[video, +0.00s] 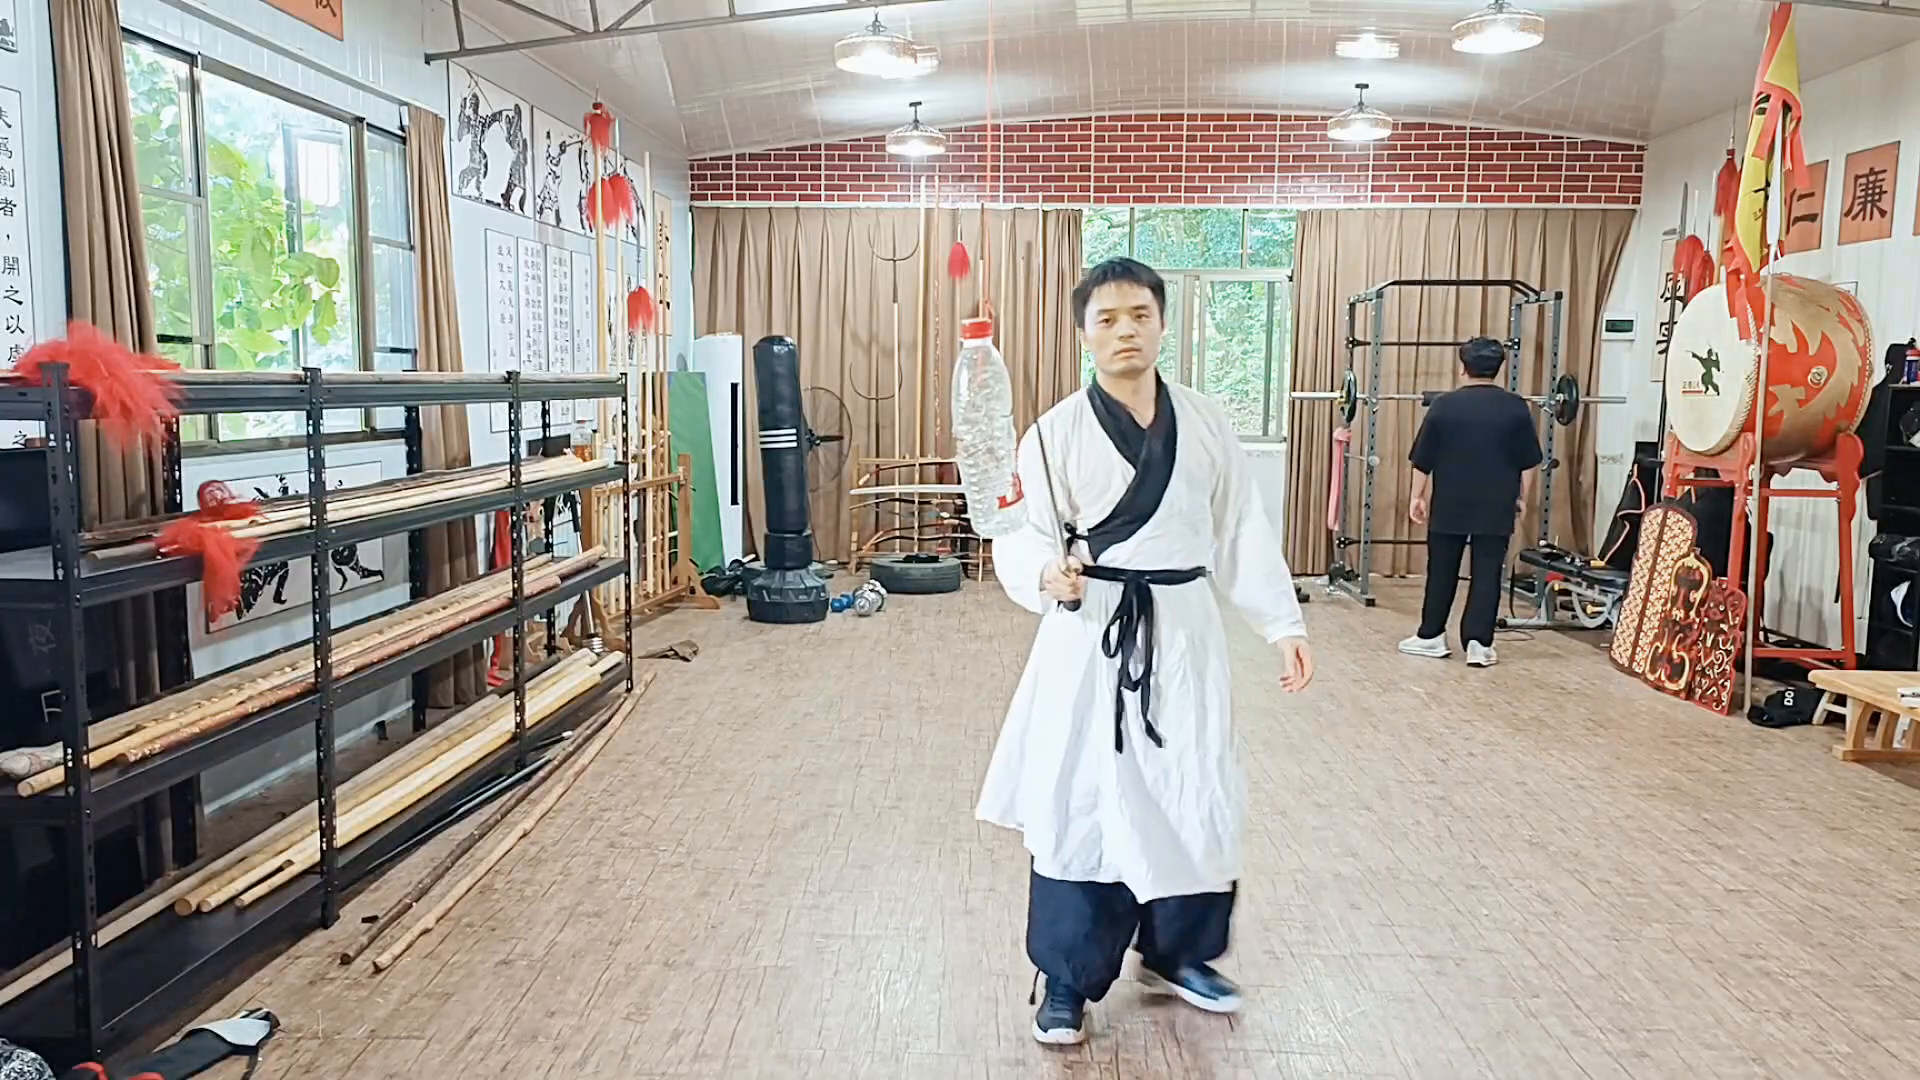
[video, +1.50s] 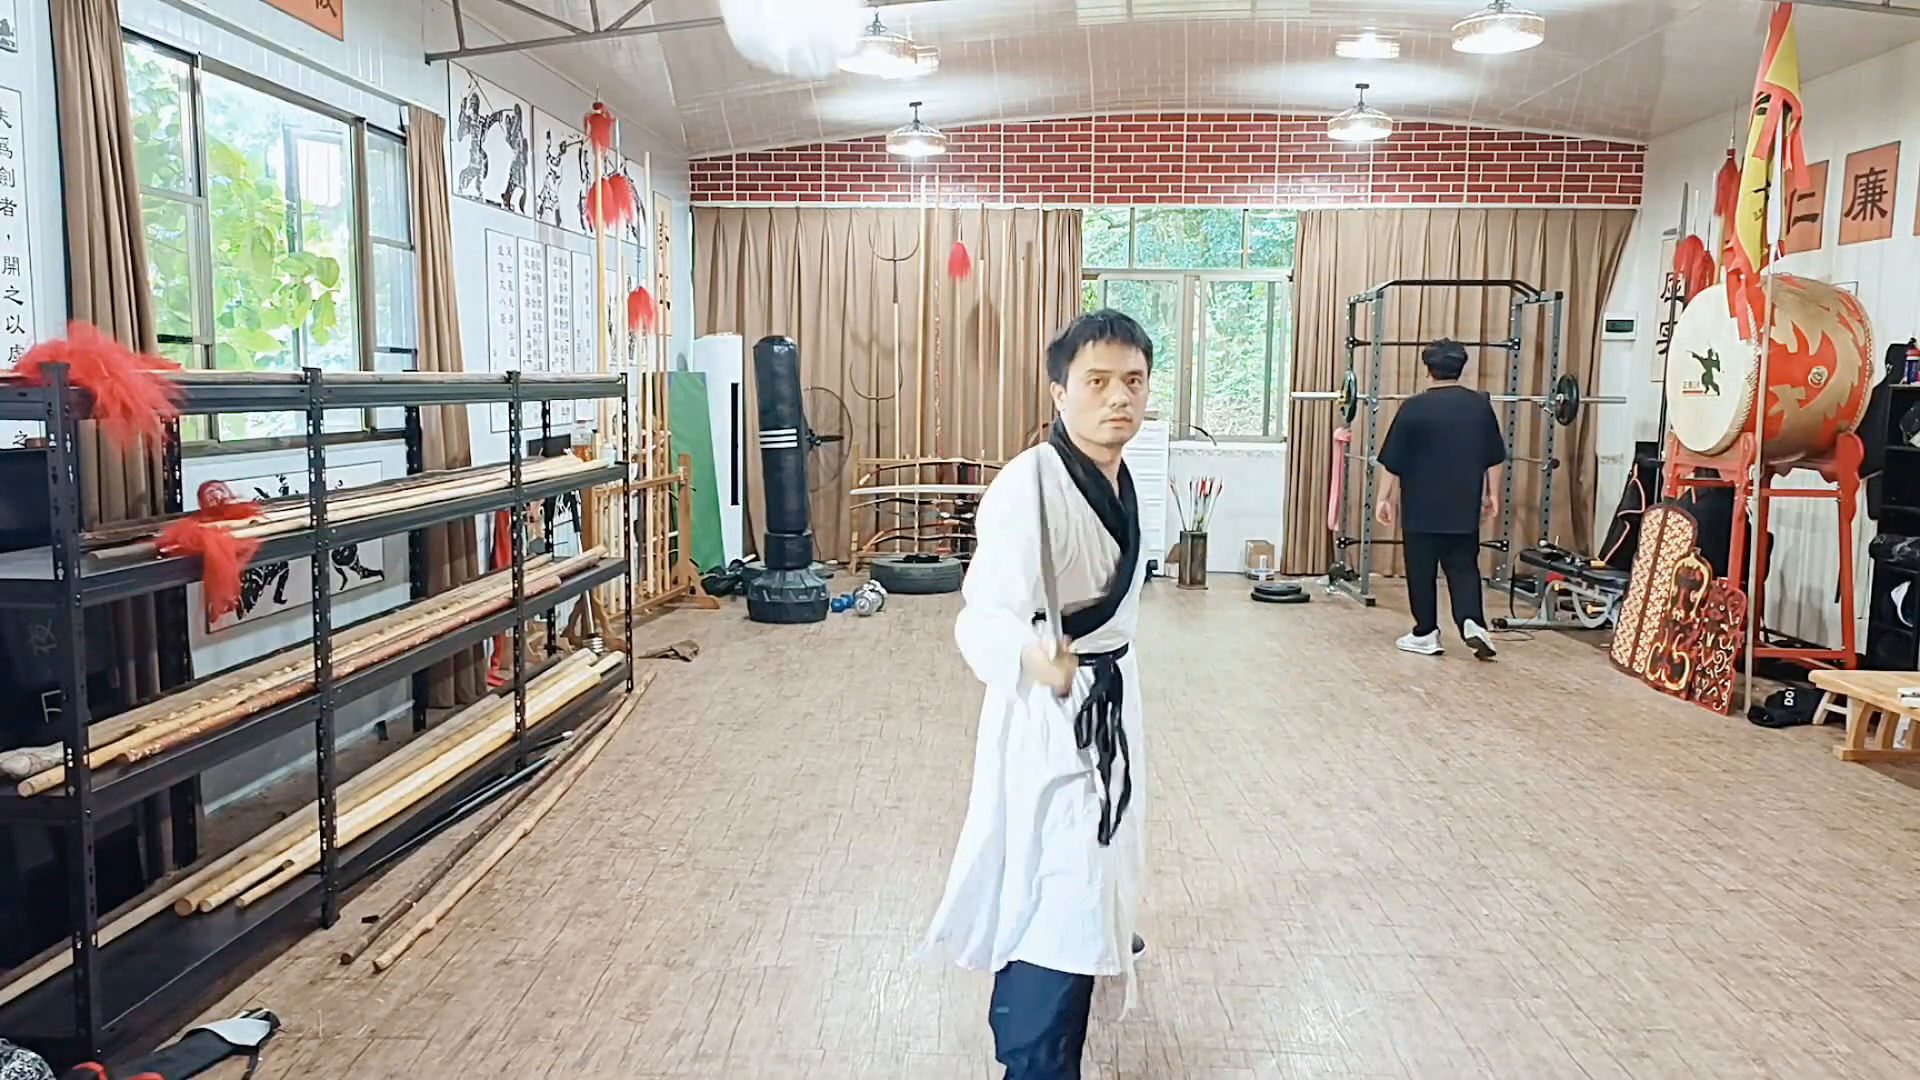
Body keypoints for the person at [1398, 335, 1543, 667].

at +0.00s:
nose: (1457, 369)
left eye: (1460, 365)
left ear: (1464, 368)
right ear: (1499, 369)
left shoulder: (1445, 404)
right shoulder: (1515, 407)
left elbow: (1424, 458)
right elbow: (1530, 461)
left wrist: (1417, 494)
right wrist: (1523, 499)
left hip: (1449, 506)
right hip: (1495, 510)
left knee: (1440, 575)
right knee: (1486, 579)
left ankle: (1430, 638)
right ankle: (1478, 645)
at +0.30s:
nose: (1471, 368)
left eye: (1473, 364)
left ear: (1477, 368)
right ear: (1511, 369)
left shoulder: (1456, 402)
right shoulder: (1528, 408)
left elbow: (1433, 456)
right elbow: (1542, 462)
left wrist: (1422, 494)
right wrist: (1546, 504)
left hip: (1457, 508)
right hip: (1503, 513)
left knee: (1447, 572)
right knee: (1492, 579)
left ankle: (1435, 637)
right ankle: (1478, 646)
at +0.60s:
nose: (1476, 367)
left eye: (1477, 363)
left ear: (1481, 366)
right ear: (1515, 369)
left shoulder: (1458, 402)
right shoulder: (1530, 408)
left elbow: (1434, 455)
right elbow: (1542, 464)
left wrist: (1423, 493)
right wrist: (1541, 504)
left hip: (1459, 507)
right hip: (1504, 512)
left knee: (1447, 569)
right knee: (1492, 579)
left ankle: (1434, 634)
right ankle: (1479, 646)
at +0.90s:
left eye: (1471, 365)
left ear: (1472, 368)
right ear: (1506, 369)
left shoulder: (1451, 404)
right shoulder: (1523, 408)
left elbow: (1429, 459)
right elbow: (1533, 466)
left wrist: (1423, 494)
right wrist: (1526, 503)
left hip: (1454, 507)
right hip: (1500, 511)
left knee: (1445, 572)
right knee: (1490, 579)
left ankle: (1429, 634)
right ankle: (1479, 645)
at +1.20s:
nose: (1447, 369)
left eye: (1449, 365)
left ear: (1451, 369)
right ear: (1484, 369)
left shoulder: (1435, 404)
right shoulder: (1502, 406)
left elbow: (1415, 460)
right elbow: (1517, 462)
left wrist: (1409, 498)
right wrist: (1514, 502)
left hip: (1440, 509)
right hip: (1485, 511)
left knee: (1434, 574)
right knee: (1481, 579)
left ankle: (1426, 634)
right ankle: (1478, 644)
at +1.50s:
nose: (1425, 369)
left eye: (1427, 365)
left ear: (1429, 369)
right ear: (1461, 369)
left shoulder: (1414, 406)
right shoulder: (1479, 404)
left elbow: (1392, 459)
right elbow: (1494, 455)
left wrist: (1383, 498)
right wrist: (1493, 492)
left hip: (1420, 508)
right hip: (1463, 508)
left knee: (1420, 573)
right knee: (1463, 566)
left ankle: (1425, 634)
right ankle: (1471, 622)